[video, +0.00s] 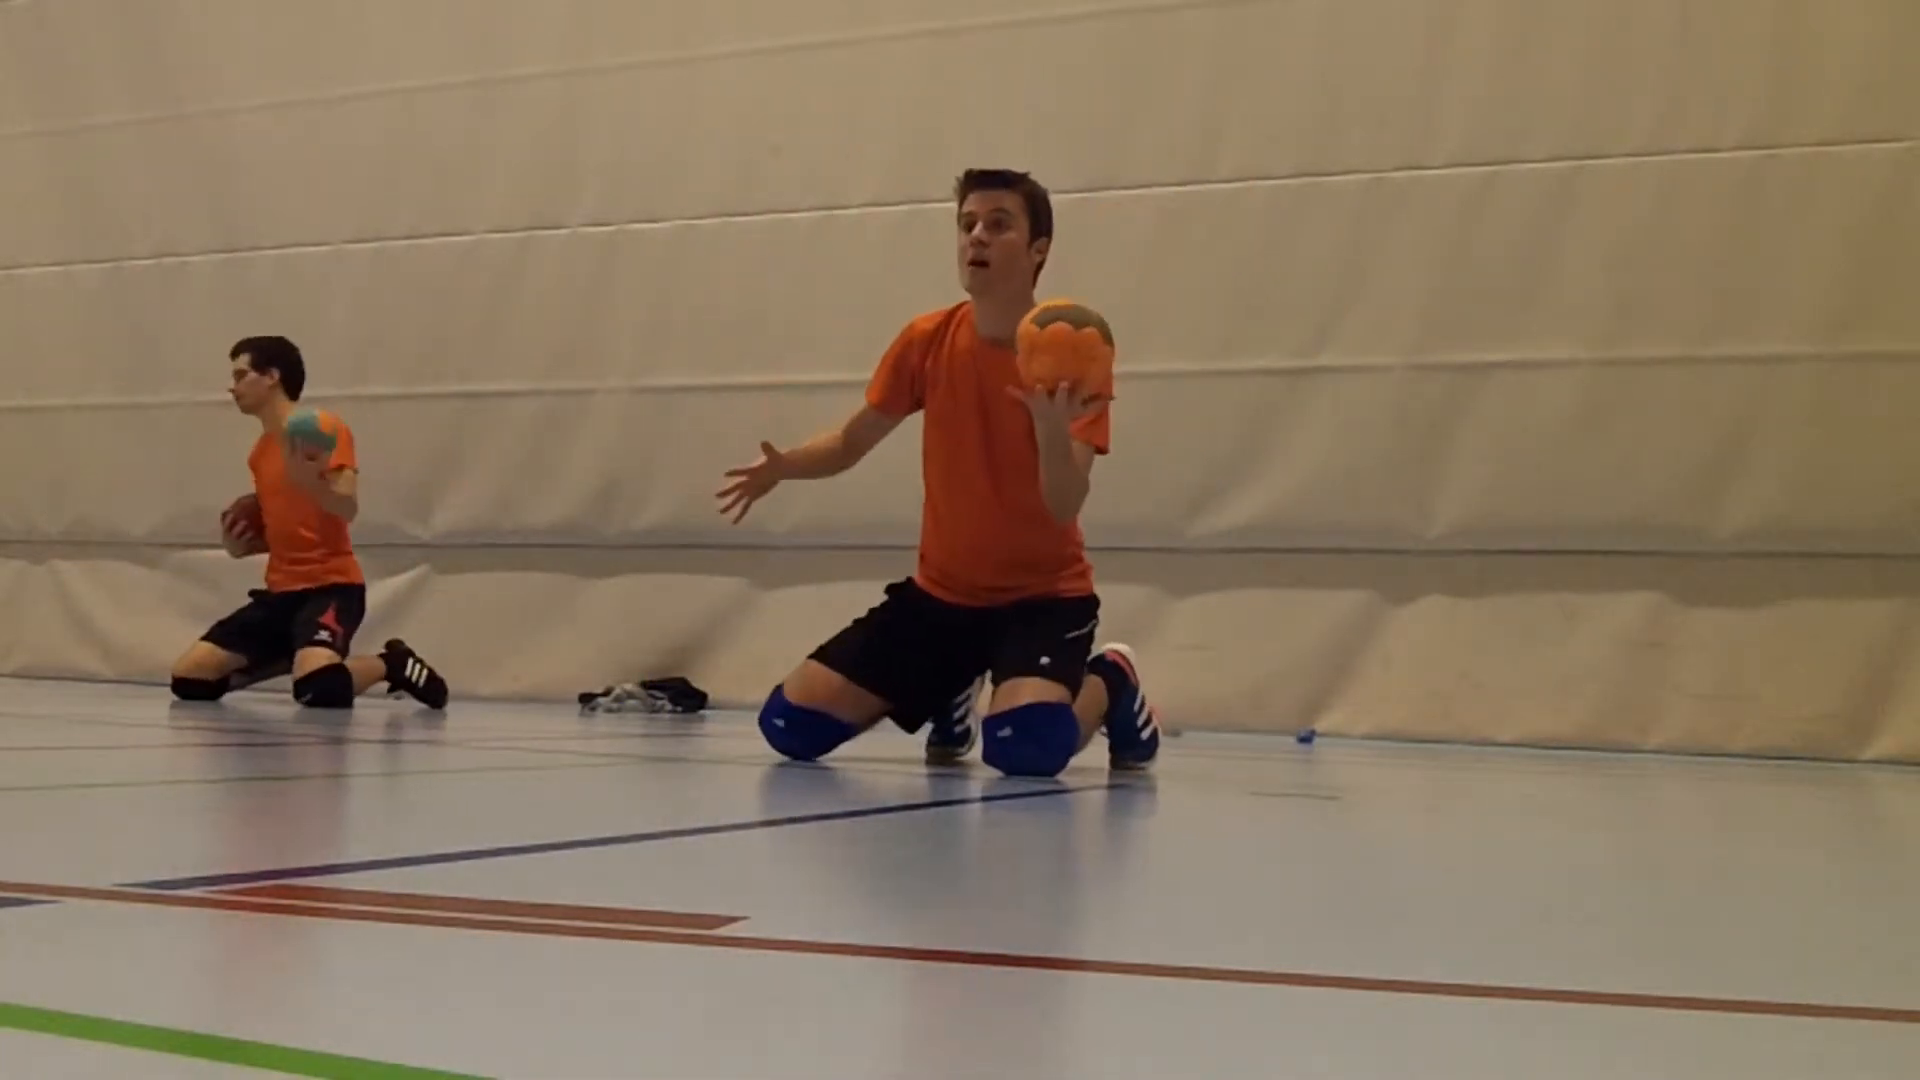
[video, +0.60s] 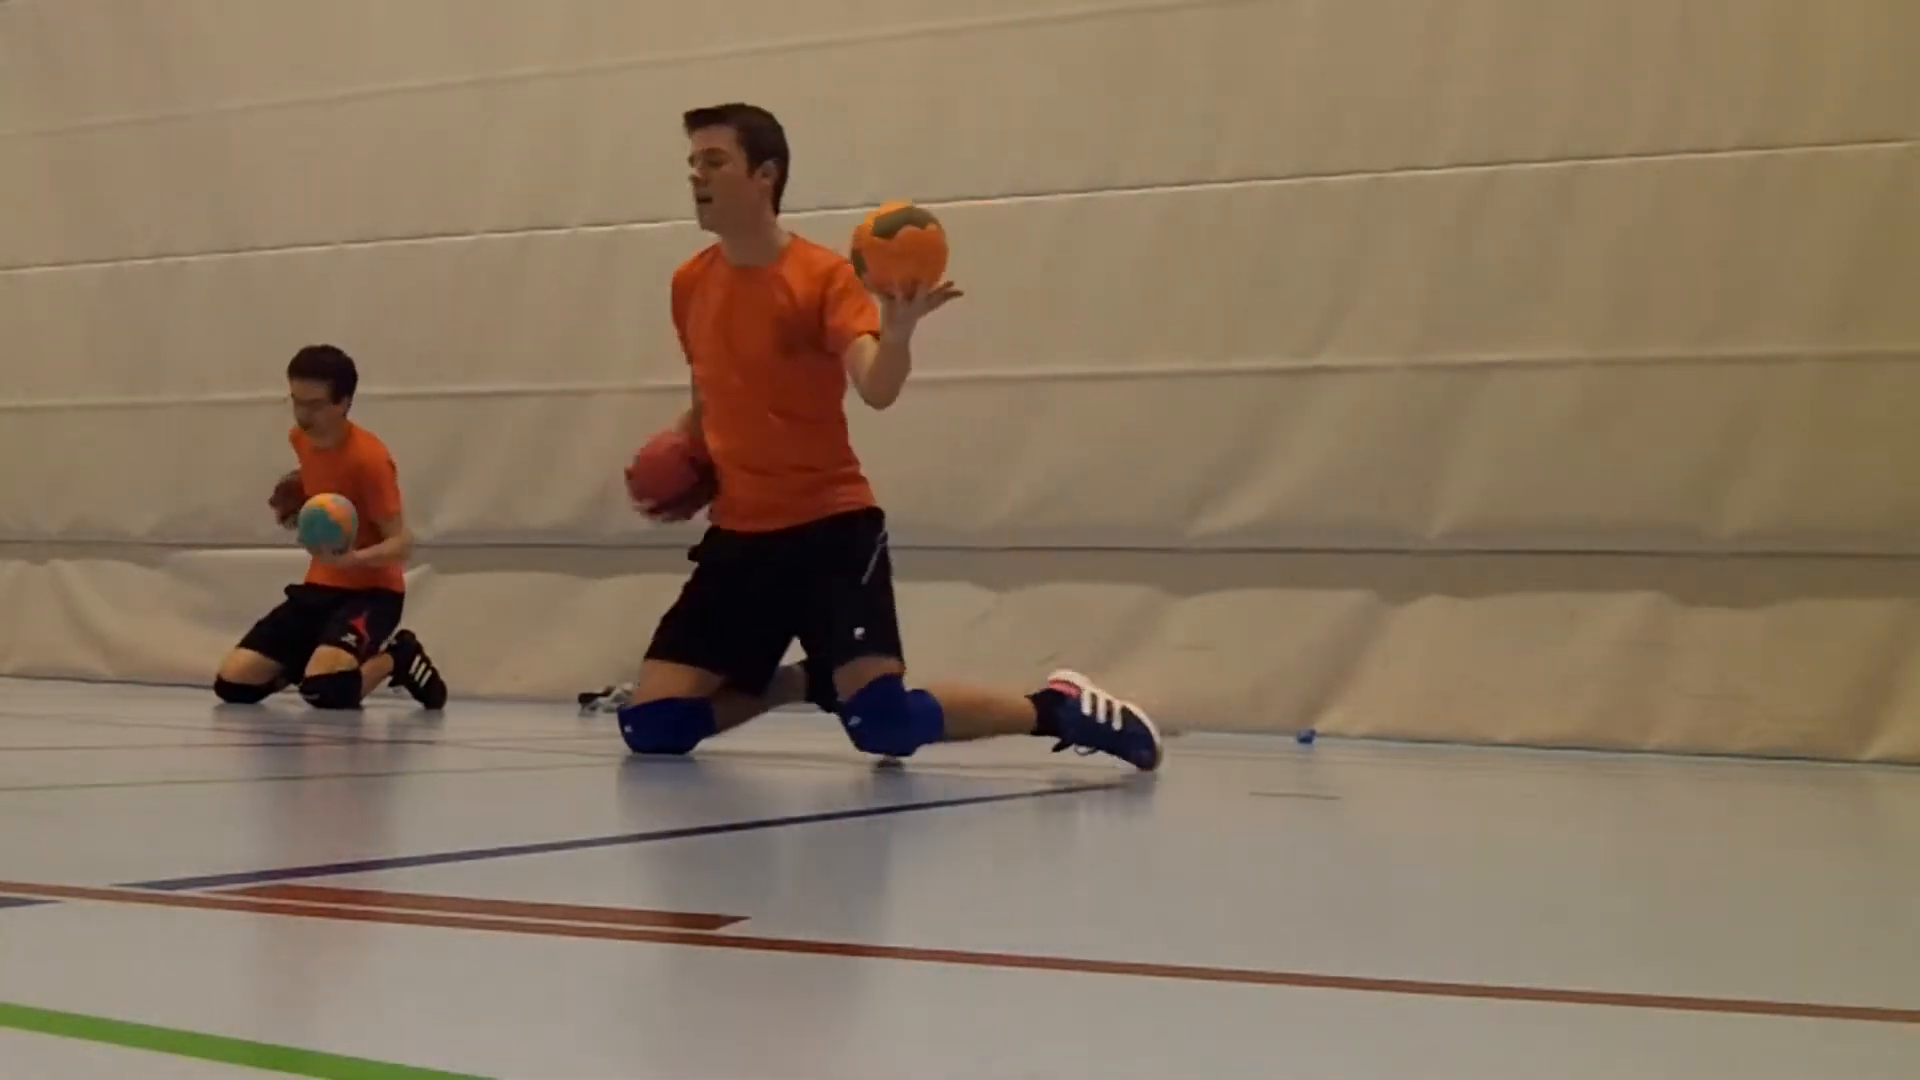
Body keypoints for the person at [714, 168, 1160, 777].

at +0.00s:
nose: (977, 237)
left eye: (998, 224)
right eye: (968, 225)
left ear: (1038, 251)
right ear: (956, 243)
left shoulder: (1069, 353)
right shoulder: (928, 341)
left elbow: (1065, 503)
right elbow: (848, 443)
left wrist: (1054, 431)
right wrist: (784, 465)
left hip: (1045, 600)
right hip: (940, 596)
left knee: (1023, 750)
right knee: (789, 729)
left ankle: (1113, 681)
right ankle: (945, 682)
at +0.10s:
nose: (953, 228)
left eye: (975, 216)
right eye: (945, 217)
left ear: (1016, 242)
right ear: (933, 237)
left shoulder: (1051, 348)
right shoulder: (909, 340)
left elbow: (1061, 488)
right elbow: (826, 446)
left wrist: (1052, 416)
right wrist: (769, 443)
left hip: (1032, 600)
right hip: (925, 596)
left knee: (1032, 752)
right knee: (767, 722)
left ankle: (1098, 686)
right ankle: (940, 679)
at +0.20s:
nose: (904, 223)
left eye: (926, 209)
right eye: (898, 212)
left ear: (972, 234)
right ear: (892, 232)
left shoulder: (1015, 337)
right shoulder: (870, 339)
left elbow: (1046, 463)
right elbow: (760, 428)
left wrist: (1046, 383)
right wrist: (696, 391)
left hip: (1009, 595)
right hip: (903, 595)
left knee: (1035, 754)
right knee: (749, 723)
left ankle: (1090, 688)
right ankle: (924, 677)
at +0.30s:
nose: (844, 221)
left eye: (864, 207)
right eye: (839, 209)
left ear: (914, 229)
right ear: (835, 231)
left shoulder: (967, 326)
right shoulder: (817, 330)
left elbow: (1012, 427)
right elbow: (684, 382)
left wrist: (1033, 358)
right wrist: (581, 340)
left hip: (977, 582)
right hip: (873, 591)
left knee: (1021, 753)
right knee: (734, 727)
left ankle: (1097, 686)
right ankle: (905, 679)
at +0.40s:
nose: (787, 209)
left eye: (804, 193)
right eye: (783, 196)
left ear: (858, 208)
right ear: (785, 214)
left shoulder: (917, 303)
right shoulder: (765, 309)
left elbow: (968, 397)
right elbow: (642, 381)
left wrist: (995, 330)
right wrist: (516, 380)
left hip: (930, 560)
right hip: (829, 574)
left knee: (991, 742)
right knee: (710, 729)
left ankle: (1112, 694)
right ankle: (875, 677)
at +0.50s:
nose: (739, 185)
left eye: (756, 170)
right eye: (737, 171)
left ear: (809, 183)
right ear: (743, 184)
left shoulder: (868, 282)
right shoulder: (729, 287)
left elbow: (924, 384)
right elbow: (698, 411)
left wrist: (950, 318)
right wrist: (635, 451)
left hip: (875, 536)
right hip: (777, 546)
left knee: (952, 726)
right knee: (672, 727)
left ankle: (1107, 701)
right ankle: (852, 685)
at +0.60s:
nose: (693, 177)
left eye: (711, 162)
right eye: (692, 163)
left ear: (766, 176)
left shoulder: (822, 275)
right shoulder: (691, 285)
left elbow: (877, 391)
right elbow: (715, 393)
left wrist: (897, 334)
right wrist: (677, 459)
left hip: (833, 530)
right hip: (740, 538)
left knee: (883, 726)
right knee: (655, 728)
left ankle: (1055, 711)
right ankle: (824, 678)